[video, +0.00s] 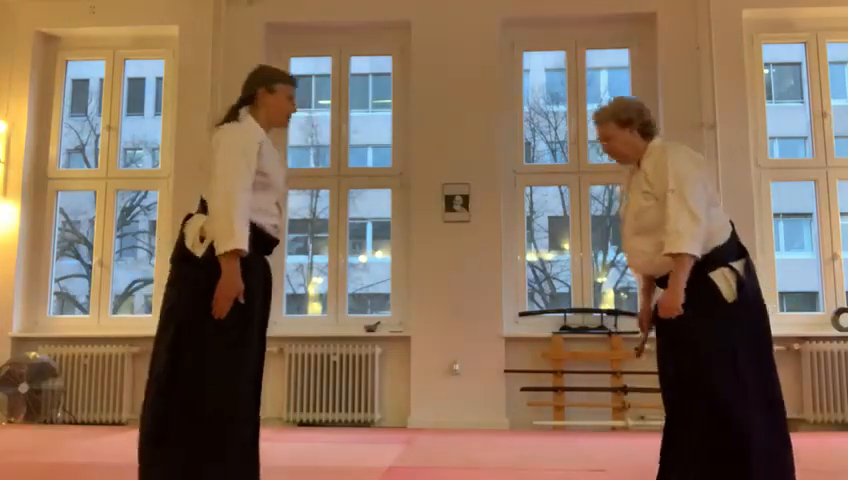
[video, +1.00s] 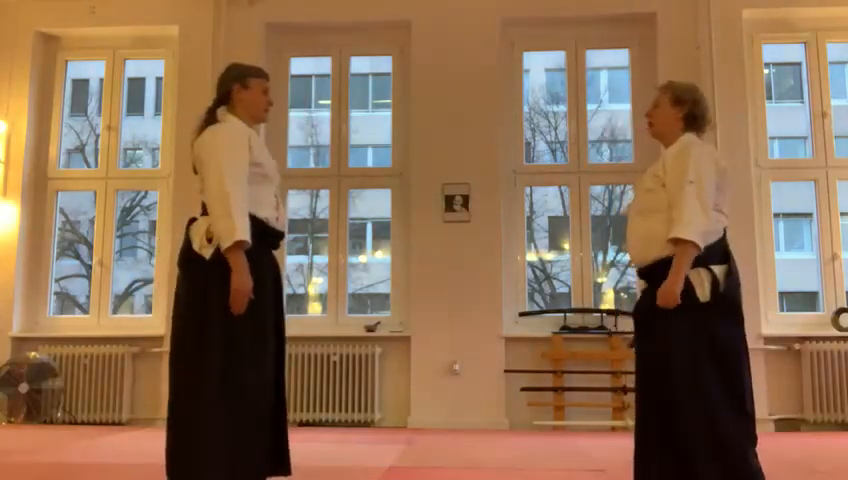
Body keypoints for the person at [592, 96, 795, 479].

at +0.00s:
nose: (604, 149)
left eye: (606, 139)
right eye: (601, 142)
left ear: (631, 130)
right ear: (626, 134)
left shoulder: (673, 158)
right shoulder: (636, 177)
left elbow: (690, 223)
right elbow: (645, 240)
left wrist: (675, 287)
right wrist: (645, 299)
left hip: (716, 284)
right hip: (677, 290)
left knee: (727, 393)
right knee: (687, 396)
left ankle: (737, 474)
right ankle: (690, 474)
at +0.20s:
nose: (625, 122)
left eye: (631, 114)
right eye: (625, 114)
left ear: (659, 116)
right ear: (650, 118)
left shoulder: (687, 151)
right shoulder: (654, 164)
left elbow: (681, 225)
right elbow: (662, 228)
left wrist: (644, 277)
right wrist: (641, 281)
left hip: (701, 286)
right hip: (670, 287)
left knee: (708, 401)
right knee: (672, 400)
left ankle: (716, 475)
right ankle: (678, 474)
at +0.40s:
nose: (639, 116)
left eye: (647, 108)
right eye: (641, 109)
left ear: (670, 110)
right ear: (666, 112)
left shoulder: (691, 150)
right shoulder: (662, 161)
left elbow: (684, 216)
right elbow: (659, 226)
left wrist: (650, 273)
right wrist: (639, 279)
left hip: (695, 284)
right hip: (666, 285)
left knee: (700, 399)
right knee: (666, 400)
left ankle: (708, 476)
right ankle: (673, 475)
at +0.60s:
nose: (644, 112)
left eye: (653, 104)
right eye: (648, 105)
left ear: (677, 110)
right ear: (673, 111)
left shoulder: (690, 148)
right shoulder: (669, 157)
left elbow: (692, 214)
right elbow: (666, 225)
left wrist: (676, 276)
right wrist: (645, 284)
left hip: (693, 280)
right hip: (666, 282)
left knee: (694, 389)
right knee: (663, 392)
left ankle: (705, 472)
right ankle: (667, 471)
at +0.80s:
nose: (647, 112)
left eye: (656, 105)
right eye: (650, 105)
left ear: (680, 111)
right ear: (676, 113)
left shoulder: (689, 149)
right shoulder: (672, 155)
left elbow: (699, 214)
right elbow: (682, 218)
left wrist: (687, 278)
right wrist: (660, 281)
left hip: (688, 284)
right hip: (668, 283)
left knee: (693, 393)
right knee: (666, 395)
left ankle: (703, 474)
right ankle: (671, 472)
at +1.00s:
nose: (648, 113)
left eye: (657, 106)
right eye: (651, 106)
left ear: (681, 112)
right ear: (677, 113)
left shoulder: (690, 150)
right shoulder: (673, 156)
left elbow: (692, 216)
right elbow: (680, 218)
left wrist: (675, 277)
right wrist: (659, 278)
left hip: (690, 282)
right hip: (669, 282)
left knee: (692, 392)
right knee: (670, 393)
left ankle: (701, 473)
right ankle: (674, 472)